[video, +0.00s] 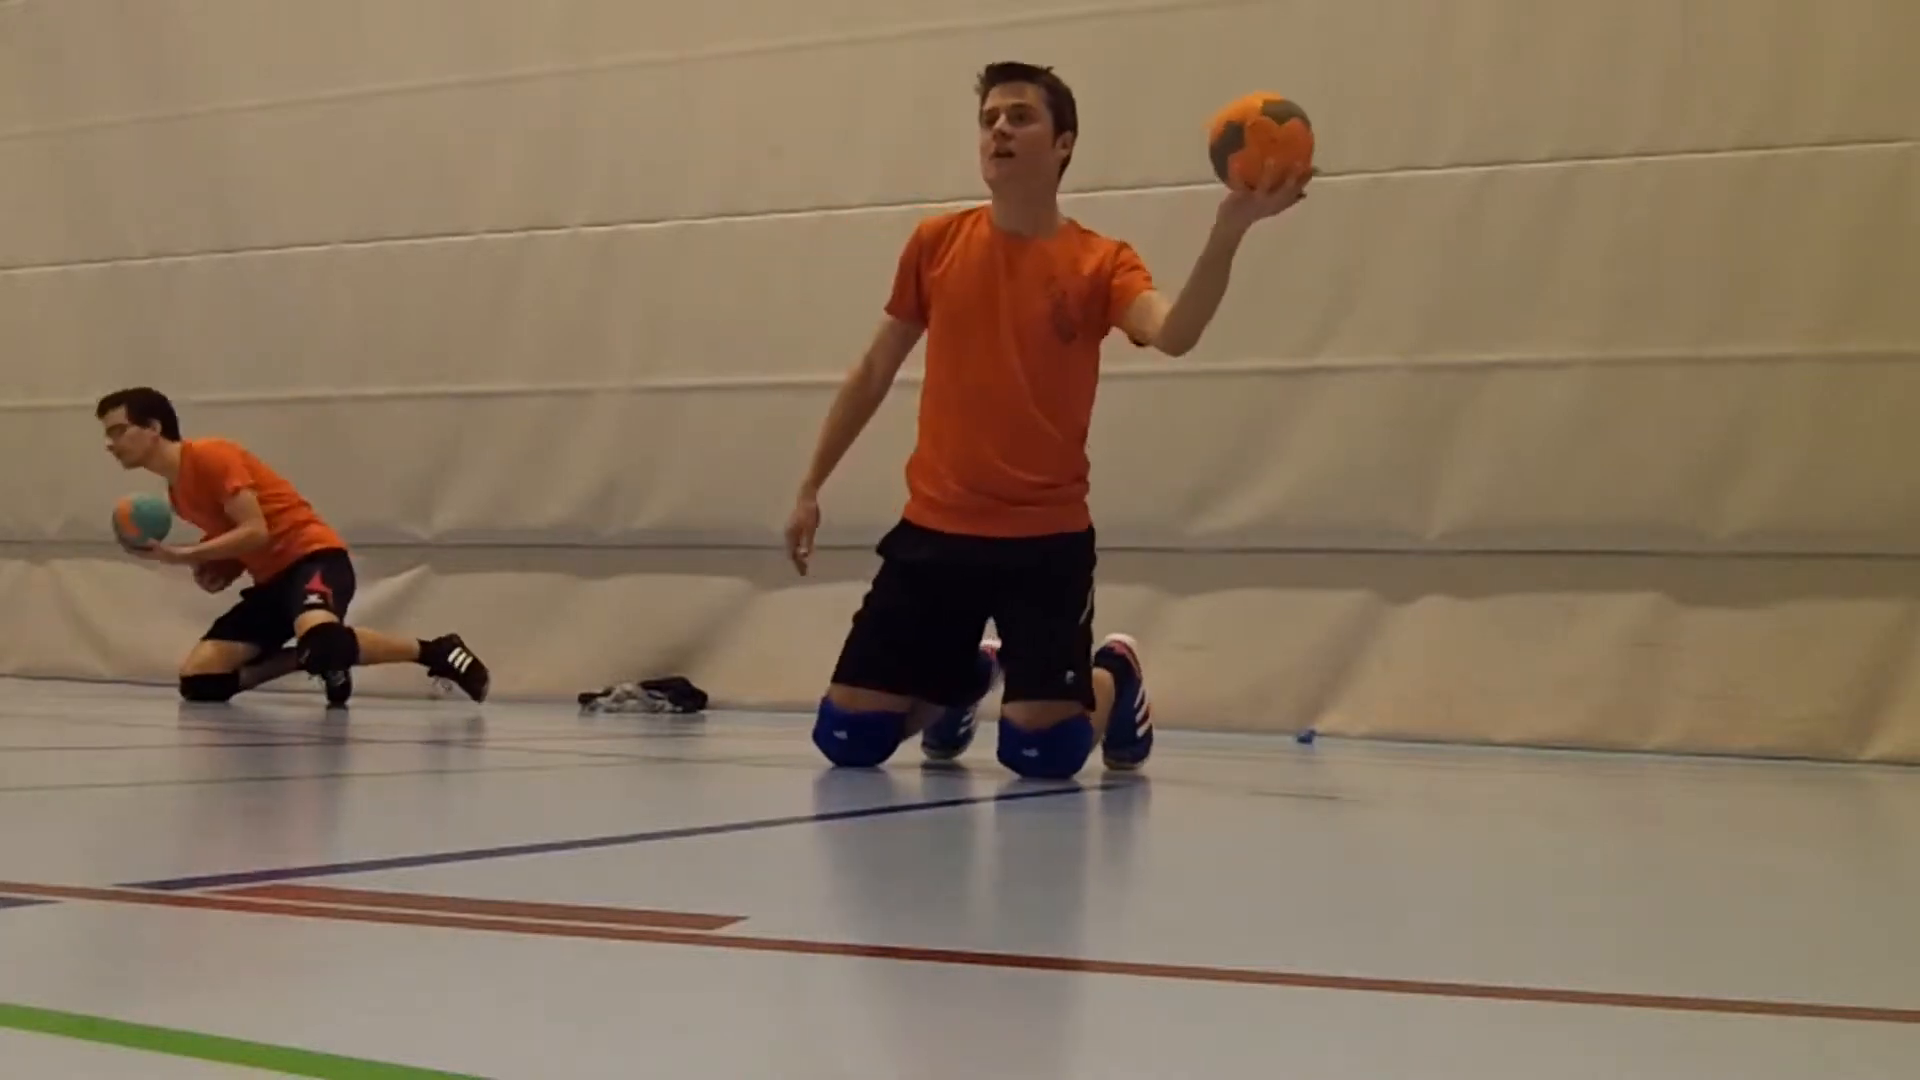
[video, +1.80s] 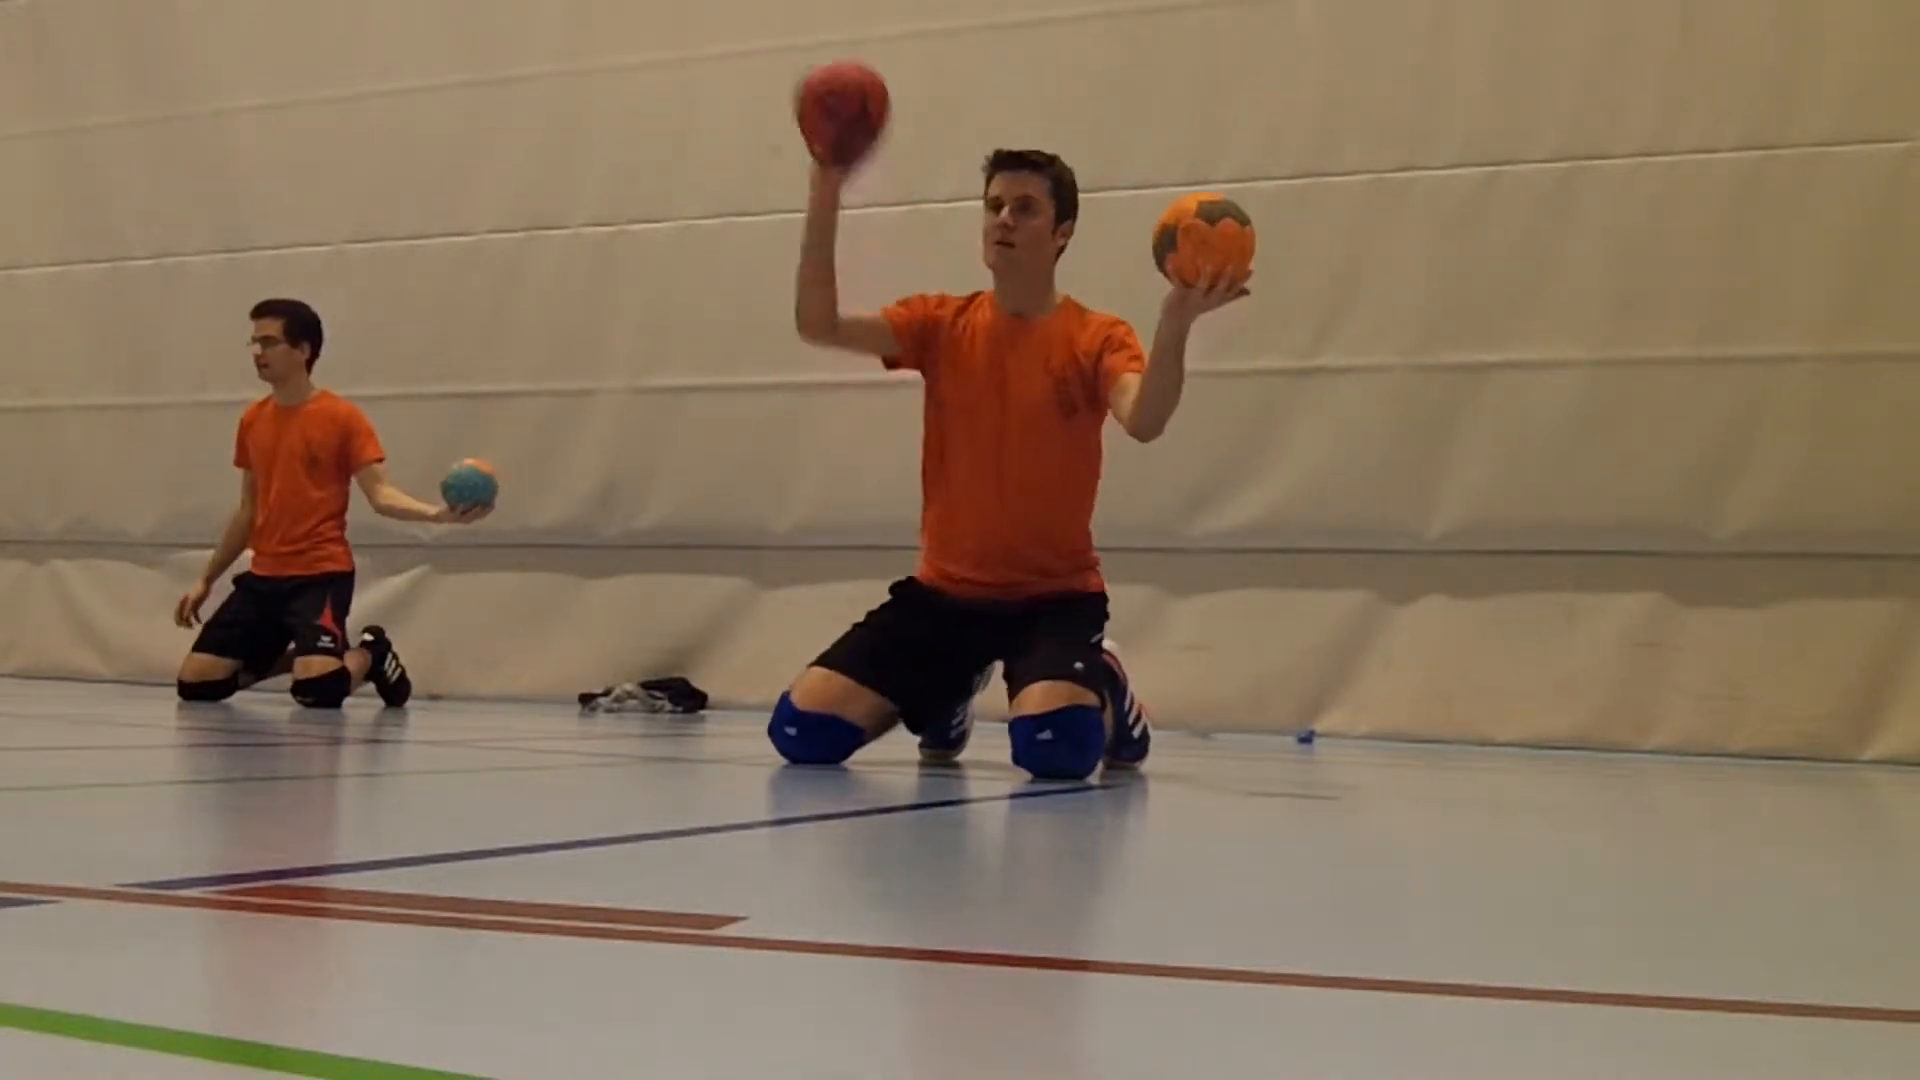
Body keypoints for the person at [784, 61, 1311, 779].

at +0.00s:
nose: (998, 130)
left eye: (1020, 116)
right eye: (988, 120)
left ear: (1063, 144)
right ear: (977, 144)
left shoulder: (1098, 262)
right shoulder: (937, 243)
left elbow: (1174, 332)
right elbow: (873, 372)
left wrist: (1230, 226)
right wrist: (809, 487)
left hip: (1046, 539)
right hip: (934, 530)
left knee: (1039, 755)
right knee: (847, 738)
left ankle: (1116, 679)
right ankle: (968, 679)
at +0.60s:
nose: (1005, 224)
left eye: (1026, 211)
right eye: (995, 213)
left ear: (1067, 234)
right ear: (984, 233)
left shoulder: (1101, 342)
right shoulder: (948, 333)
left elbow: (1195, 390)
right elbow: (891, 444)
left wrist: (1276, 308)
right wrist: (850, 483)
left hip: (1050, 603)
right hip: (940, 597)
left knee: (1049, 753)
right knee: (798, 735)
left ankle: (1108, 686)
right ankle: (940, 683)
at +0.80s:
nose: (997, 223)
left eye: (1017, 210)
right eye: (987, 213)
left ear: (1059, 234)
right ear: (978, 235)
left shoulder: (1100, 345)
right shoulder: (946, 338)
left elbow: (1178, 432)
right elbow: (875, 465)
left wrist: (1241, 365)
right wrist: (853, 404)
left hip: (1056, 600)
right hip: (948, 595)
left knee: (1047, 753)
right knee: (805, 734)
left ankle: (1109, 682)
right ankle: (939, 686)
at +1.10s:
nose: (1000, 238)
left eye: (1020, 224)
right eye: (994, 228)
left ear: (1068, 243)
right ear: (988, 245)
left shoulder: (1112, 349)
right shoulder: (968, 346)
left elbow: (1147, 466)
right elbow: (941, 474)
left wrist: (1184, 405)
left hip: (1059, 602)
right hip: (956, 597)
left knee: (1044, 749)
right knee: (822, 734)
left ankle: (1107, 684)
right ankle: (945, 686)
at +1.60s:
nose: (978, 245)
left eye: (997, 230)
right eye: (970, 234)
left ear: (1043, 246)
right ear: (964, 253)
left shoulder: (1102, 342)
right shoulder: (970, 363)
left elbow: (1148, 454)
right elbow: (939, 495)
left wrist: (1170, 362)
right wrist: (886, 399)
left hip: (1059, 608)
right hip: (953, 603)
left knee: (1052, 750)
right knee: (810, 734)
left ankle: (1110, 688)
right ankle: (936, 688)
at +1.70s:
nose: (990, 234)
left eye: (1010, 221)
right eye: (982, 222)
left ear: (1052, 243)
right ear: (972, 240)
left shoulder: (1101, 342)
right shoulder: (950, 352)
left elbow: (1145, 439)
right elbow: (841, 428)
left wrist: (1169, 337)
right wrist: (868, 304)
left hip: (1060, 608)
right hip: (950, 603)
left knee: (1053, 749)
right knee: (802, 734)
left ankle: (1110, 690)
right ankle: (938, 689)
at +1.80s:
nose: (1003, 220)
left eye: (1024, 209)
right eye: (994, 207)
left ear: (1061, 233)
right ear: (980, 224)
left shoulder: (1095, 338)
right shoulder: (941, 325)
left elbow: (1145, 421)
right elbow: (818, 324)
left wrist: (1177, 320)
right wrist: (825, 180)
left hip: (1055, 601)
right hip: (945, 596)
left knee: (1053, 751)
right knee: (801, 734)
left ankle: (1103, 687)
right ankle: (939, 685)